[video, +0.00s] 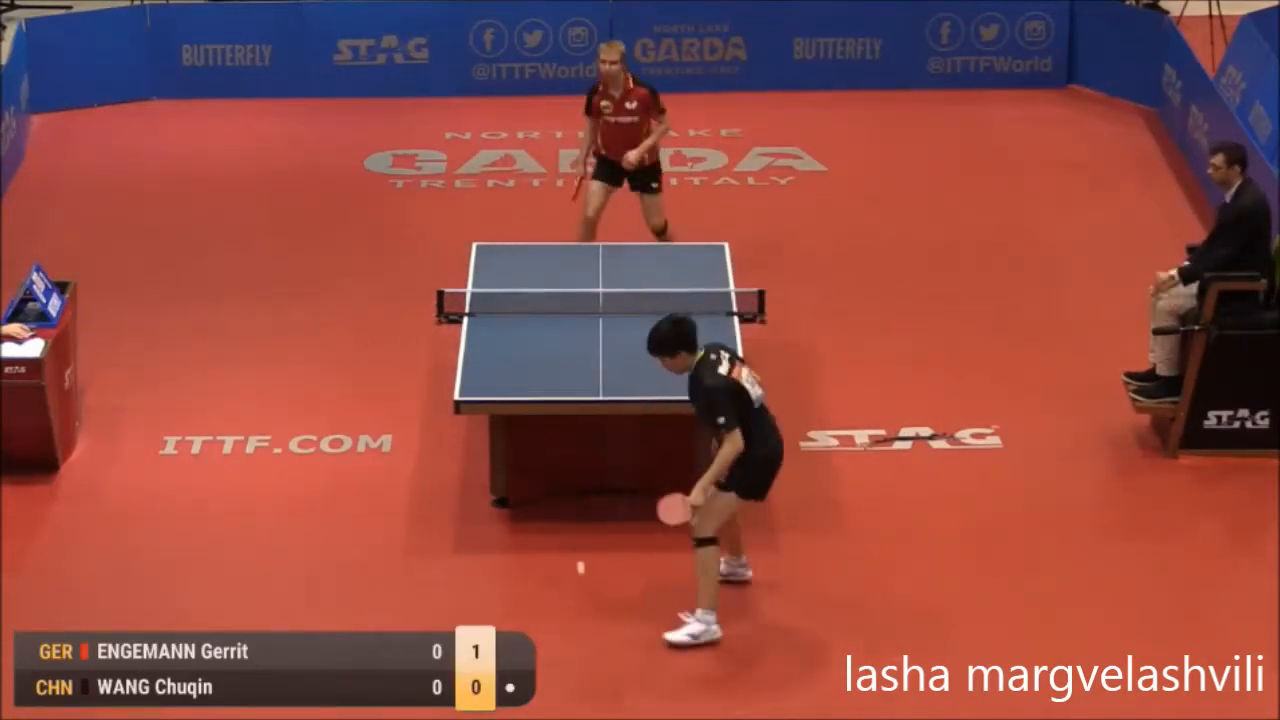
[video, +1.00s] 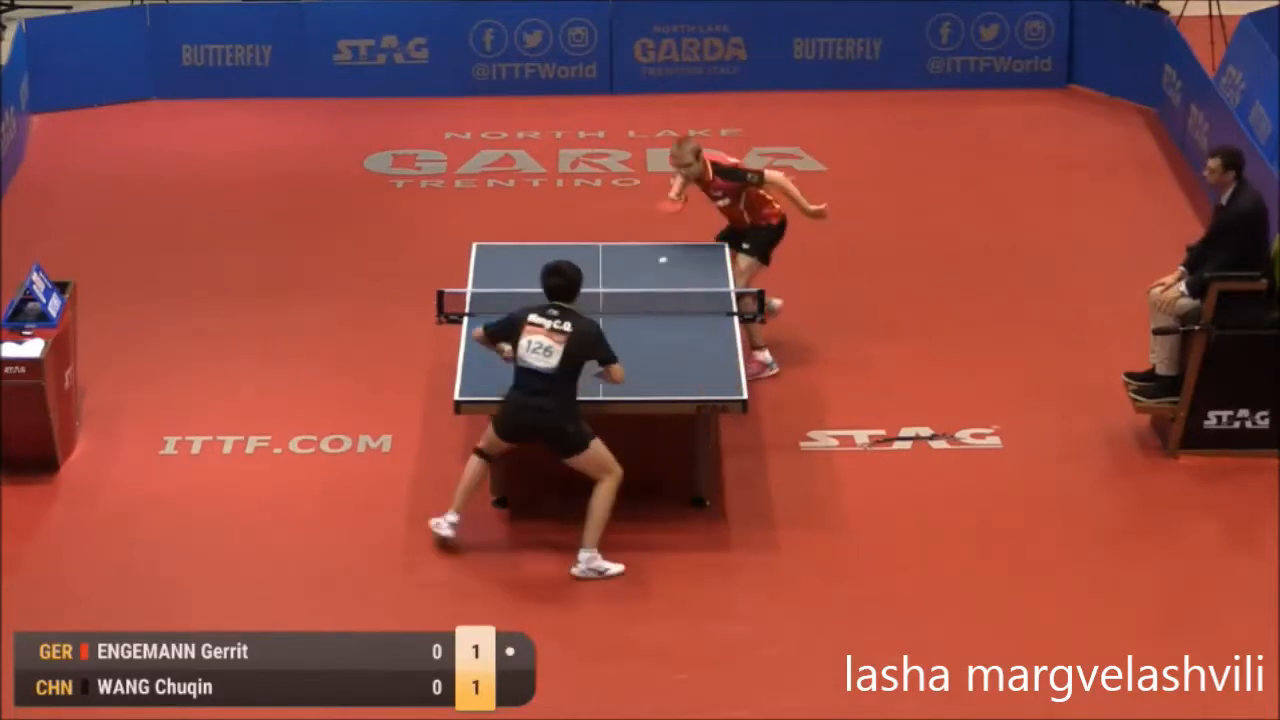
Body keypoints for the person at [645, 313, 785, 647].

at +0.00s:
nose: (663, 365)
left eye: (663, 358)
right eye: (661, 359)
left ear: (678, 354)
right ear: (688, 345)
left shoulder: (708, 382)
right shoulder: (715, 352)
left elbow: (735, 442)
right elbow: (745, 385)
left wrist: (704, 485)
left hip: (754, 455)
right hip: (764, 441)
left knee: (702, 523)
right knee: (721, 499)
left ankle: (706, 619)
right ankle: (735, 562)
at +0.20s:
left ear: (661, 306)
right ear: (695, 306)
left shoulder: (647, 342)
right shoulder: (712, 337)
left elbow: (634, 406)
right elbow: (738, 392)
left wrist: (662, 416)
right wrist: (725, 422)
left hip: (667, 432)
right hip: (710, 429)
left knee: (625, 502)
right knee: (729, 482)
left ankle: (600, 580)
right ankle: (742, 560)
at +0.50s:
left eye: (658, 282)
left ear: (653, 287)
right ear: (687, 287)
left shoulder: (639, 325)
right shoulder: (706, 321)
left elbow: (628, 385)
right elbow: (732, 371)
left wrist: (643, 397)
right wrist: (713, 391)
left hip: (653, 417)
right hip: (699, 418)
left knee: (607, 471)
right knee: (722, 482)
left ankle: (589, 550)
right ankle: (742, 559)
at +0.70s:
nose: (630, 302)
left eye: (625, 298)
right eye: (641, 297)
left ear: (619, 306)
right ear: (651, 304)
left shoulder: (606, 344)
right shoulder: (671, 337)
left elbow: (587, 400)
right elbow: (698, 385)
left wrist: (618, 398)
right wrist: (677, 373)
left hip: (624, 436)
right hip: (670, 436)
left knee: (575, 472)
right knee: (711, 485)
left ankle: (545, 545)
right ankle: (741, 561)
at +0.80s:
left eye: (596, 286)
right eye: (614, 286)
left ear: (589, 293)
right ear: (621, 293)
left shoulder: (570, 329)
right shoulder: (635, 333)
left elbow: (540, 375)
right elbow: (657, 380)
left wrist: (565, 366)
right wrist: (640, 360)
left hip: (578, 428)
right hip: (622, 430)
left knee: (540, 466)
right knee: (673, 482)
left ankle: (537, 546)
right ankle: (722, 548)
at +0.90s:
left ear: (572, 285)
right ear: (604, 287)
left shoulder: (551, 317)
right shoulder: (616, 325)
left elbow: (511, 353)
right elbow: (639, 374)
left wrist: (535, 358)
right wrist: (625, 356)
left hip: (552, 416)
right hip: (596, 419)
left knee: (518, 453)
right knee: (649, 467)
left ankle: (519, 530)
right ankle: (656, 552)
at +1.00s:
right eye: (572, 287)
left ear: (545, 289)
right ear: (576, 291)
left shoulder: (525, 317)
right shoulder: (588, 329)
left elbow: (480, 335)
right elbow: (616, 376)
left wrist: (501, 349)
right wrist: (602, 368)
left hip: (515, 413)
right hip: (559, 420)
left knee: (483, 454)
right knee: (610, 474)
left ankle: (450, 520)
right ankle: (588, 556)